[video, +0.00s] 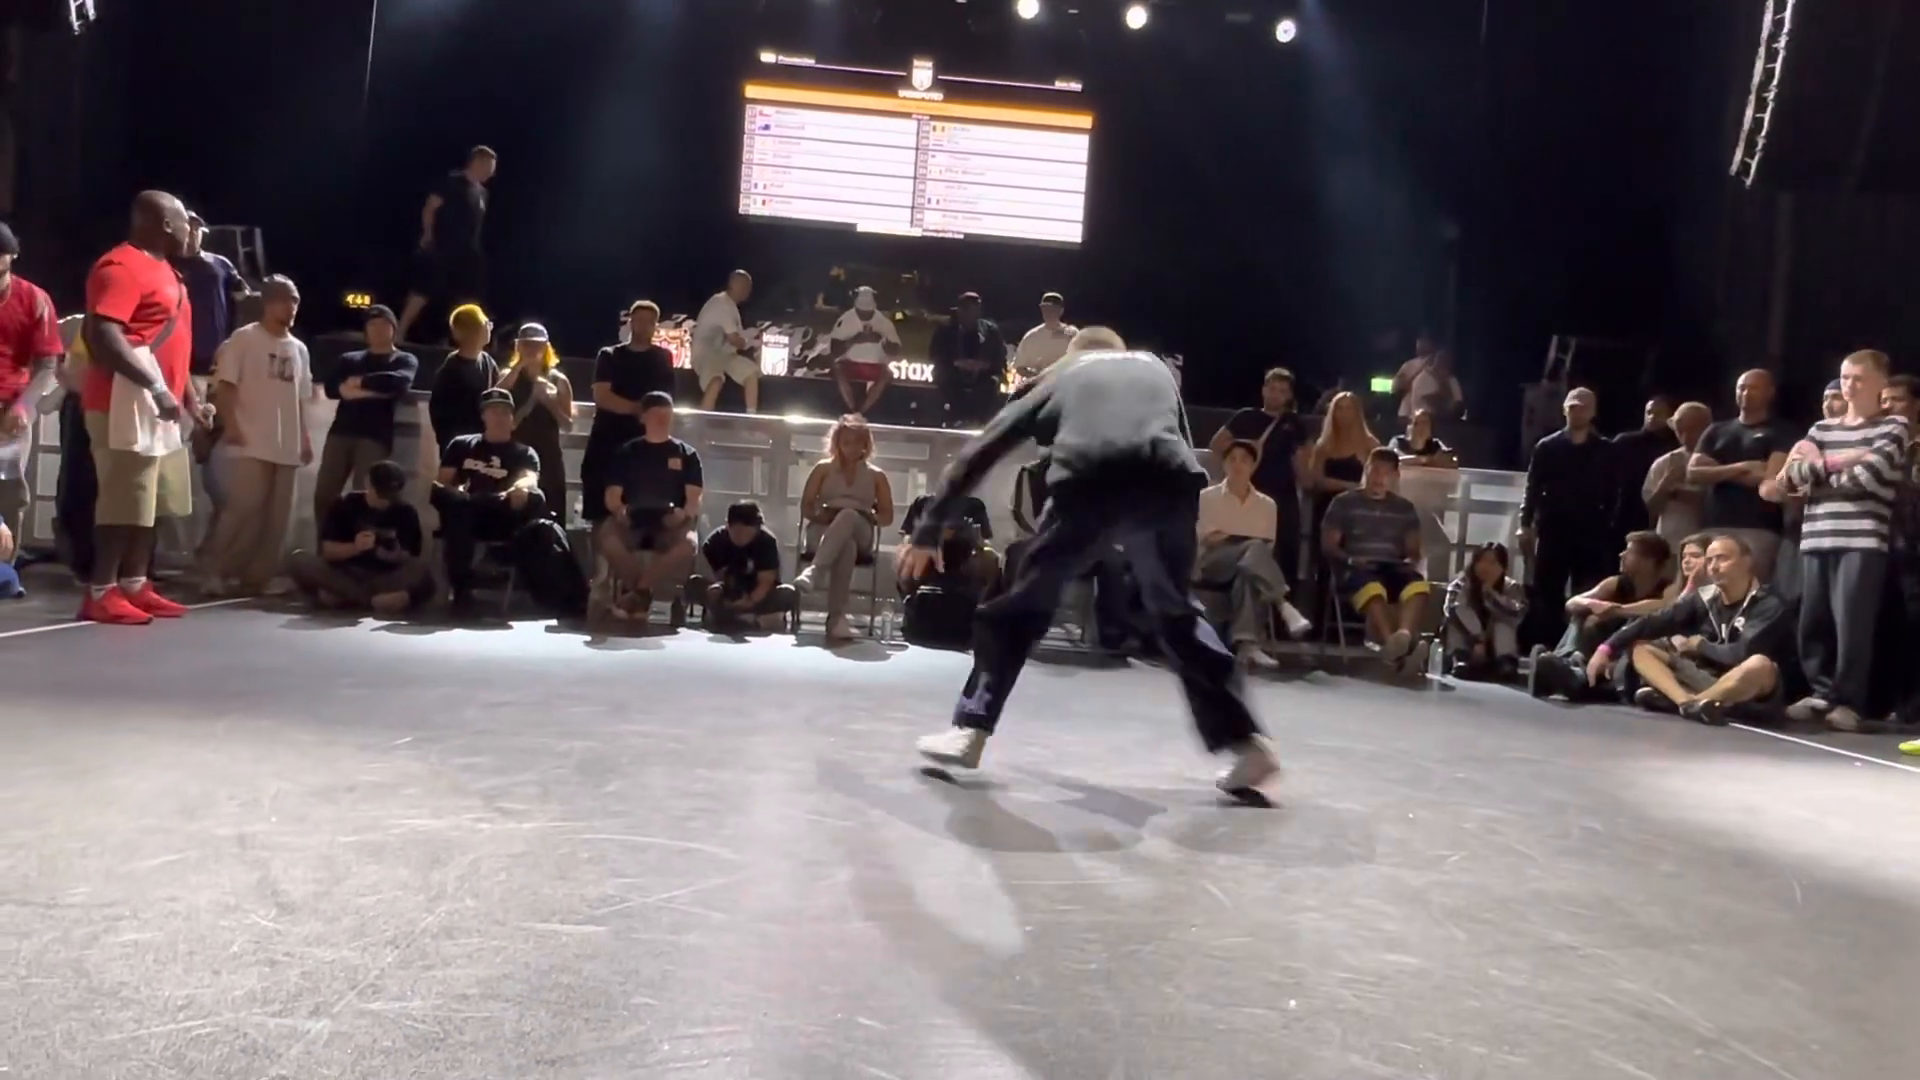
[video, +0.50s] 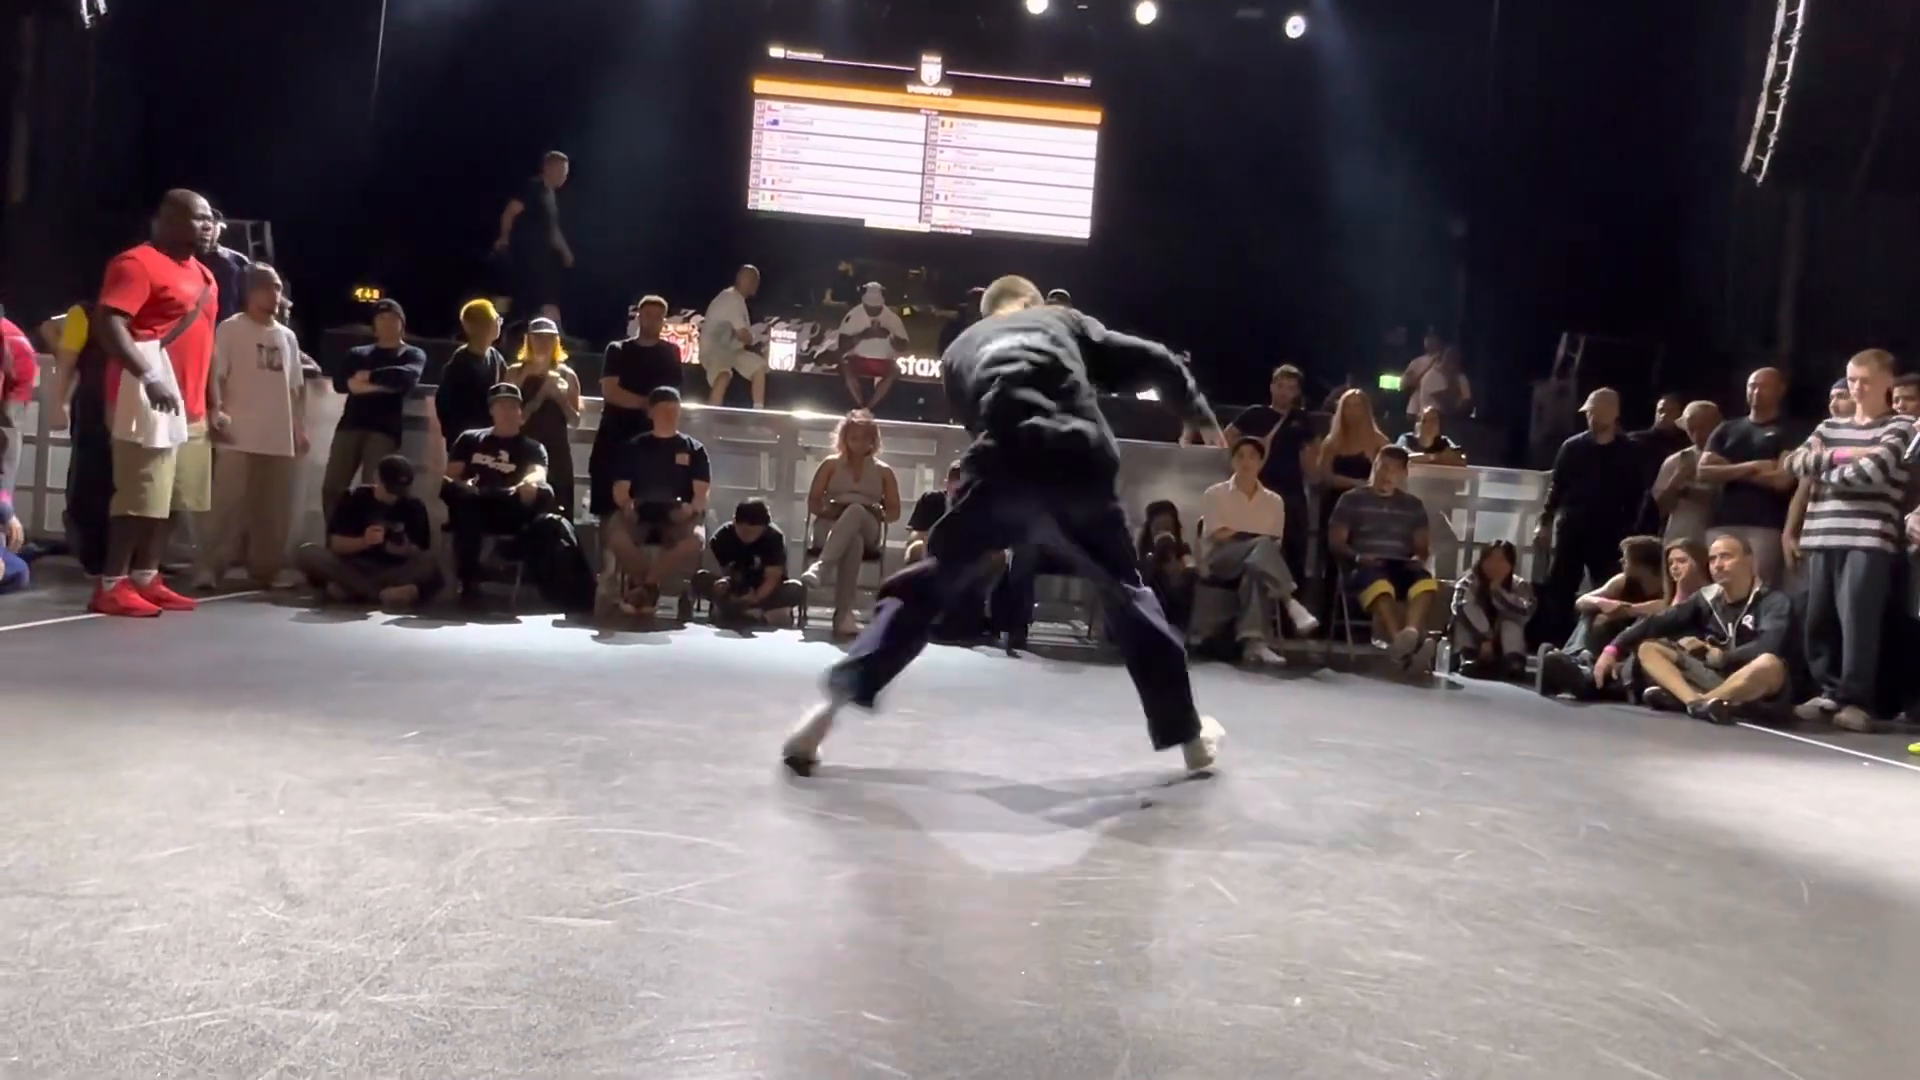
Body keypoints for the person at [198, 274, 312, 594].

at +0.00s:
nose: (292, 310)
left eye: (295, 303)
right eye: (285, 303)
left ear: (297, 307)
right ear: (267, 303)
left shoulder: (298, 349)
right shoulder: (242, 340)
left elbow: (302, 399)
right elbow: (225, 386)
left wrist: (305, 438)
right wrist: (230, 423)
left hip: (286, 446)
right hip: (249, 443)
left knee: (276, 518)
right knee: (244, 509)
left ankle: (261, 577)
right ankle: (213, 570)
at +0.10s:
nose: (293, 308)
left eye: (295, 302)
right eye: (286, 301)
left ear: (297, 306)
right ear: (268, 302)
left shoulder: (300, 348)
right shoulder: (243, 338)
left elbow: (304, 398)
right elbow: (226, 384)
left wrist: (306, 438)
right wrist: (233, 423)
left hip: (287, 445)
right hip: (250, 442)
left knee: (277, 517)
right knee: (241, 509)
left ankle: (264, 575)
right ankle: (213, 571)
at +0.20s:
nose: (291, 306)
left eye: (293, 300)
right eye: (284, 299)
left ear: (295, 304)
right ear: (264, 301)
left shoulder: (299, 345)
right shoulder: (242, 337)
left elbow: (303, 396)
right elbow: (226, 383)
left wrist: (307, 435)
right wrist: (233, 422)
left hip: (287, 444)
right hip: (249, 441)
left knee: (278, 517)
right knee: (238, 510)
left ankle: (265, 574)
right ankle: (207, 570)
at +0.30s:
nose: (286, 303)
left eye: (289, 297)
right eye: (279, 296)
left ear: (291, 301)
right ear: (260, 298)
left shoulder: (296, 343)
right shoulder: (238, 335)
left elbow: (301, 394)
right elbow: (224, 383)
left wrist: (305, 433)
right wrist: (231, 424)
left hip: (284, 443)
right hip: (246, 440)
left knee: (276, 516)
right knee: (236, 509)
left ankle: (265, 574)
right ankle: (206, 571)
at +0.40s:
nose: (284, 299)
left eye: (285, 294)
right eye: (277, 293)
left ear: (284, 298)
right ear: (257, 296)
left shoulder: (291, 340)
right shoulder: (233, 333)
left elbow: (298, 391)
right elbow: (221, 380)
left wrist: (303, 431)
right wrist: (226, 421)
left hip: (282, 440)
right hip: (243, 438)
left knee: (276, 514)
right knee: (232, 508)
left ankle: (266, 573)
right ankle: (207, 570)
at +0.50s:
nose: (275, 295)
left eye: (278, 289)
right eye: (268, 289)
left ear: (279, 294)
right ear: (250, 292)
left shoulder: (287, 337)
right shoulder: (228, 330)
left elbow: (296, 387)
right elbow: (215, 375)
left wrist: (298, 427)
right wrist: (215, 409)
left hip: (278, 438)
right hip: (237, 435)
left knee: (274, 511)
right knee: (224, 506)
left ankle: (268, 569)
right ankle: (209, 568)